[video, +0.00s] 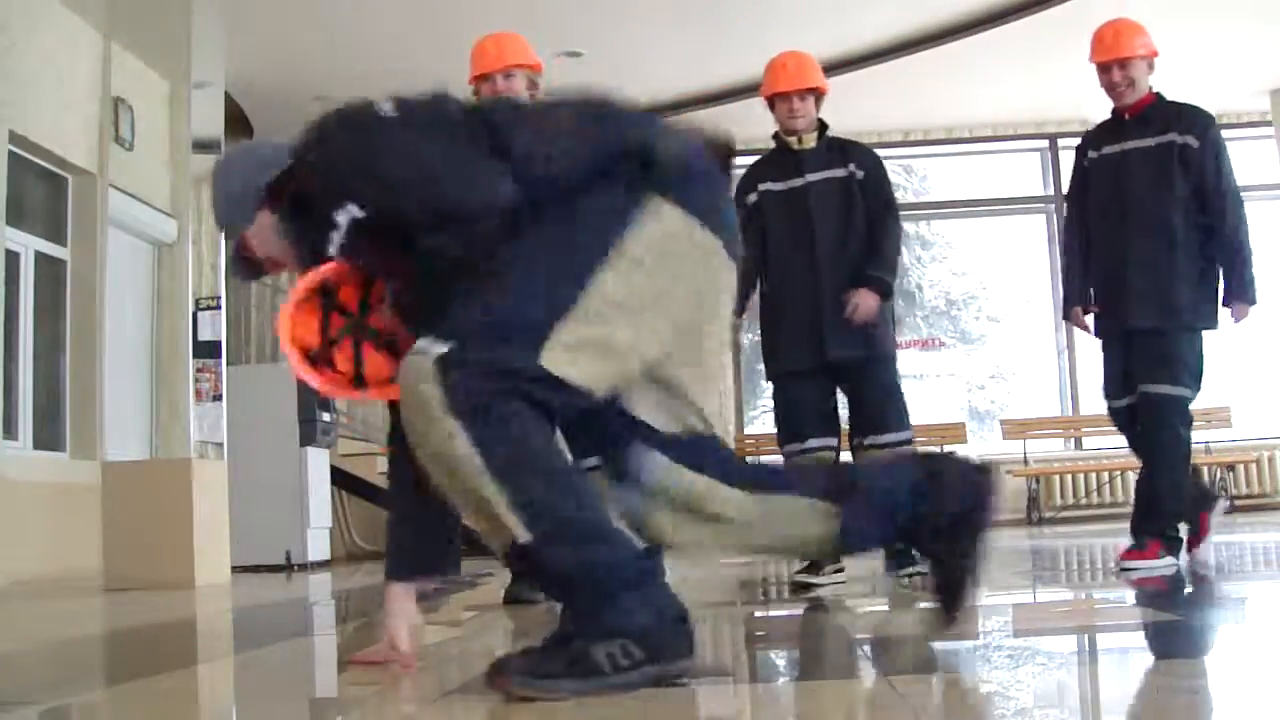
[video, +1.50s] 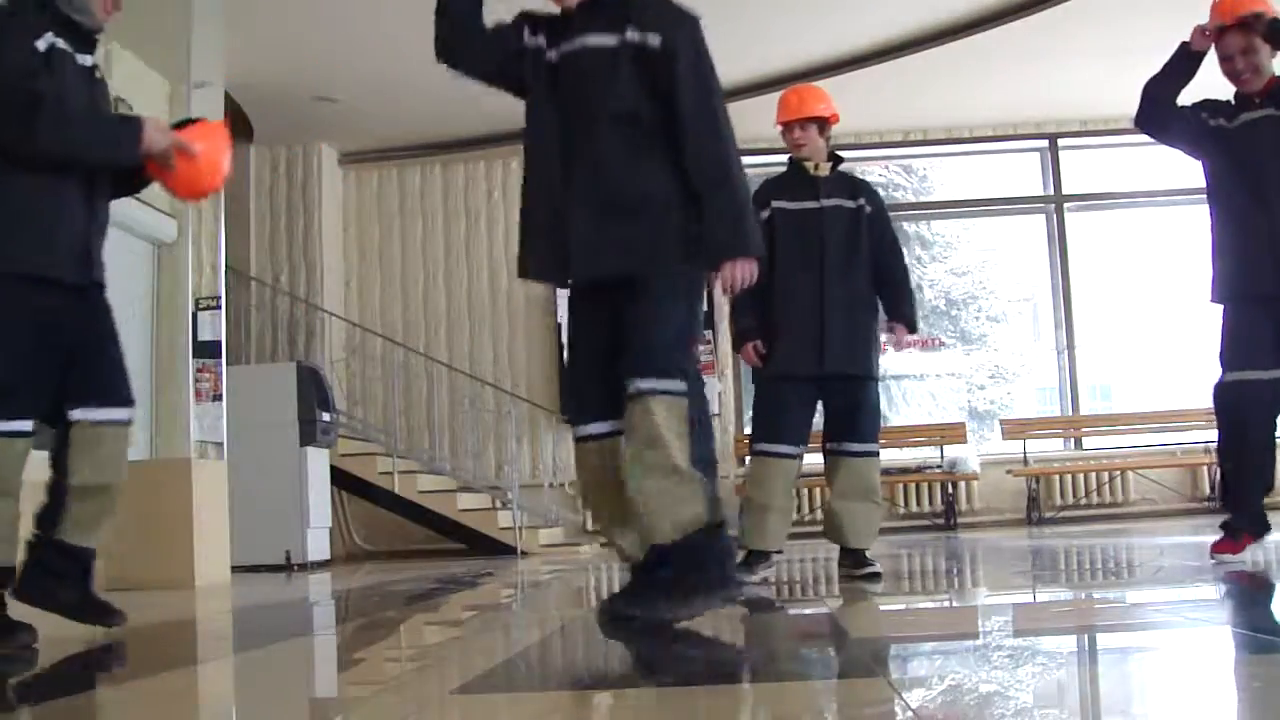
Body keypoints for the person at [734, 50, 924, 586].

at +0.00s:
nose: (796, 108)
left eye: (805, 97)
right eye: (784, 100)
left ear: (820, 100)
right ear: (770, 107)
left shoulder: (859, 160)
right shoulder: (754, 179)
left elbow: (887, 228)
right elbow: (744, 256)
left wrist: (875, 286)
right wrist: (727, 311)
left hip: (860, 333)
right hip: (792, 341)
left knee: (887, 449)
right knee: (807, 458)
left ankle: (904, 550)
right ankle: (819, 557)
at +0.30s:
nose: (799, 116)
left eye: (808, 105)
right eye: (789, 108)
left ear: (826, 109)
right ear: (777, 116)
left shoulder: (863, 172)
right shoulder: (763, 188)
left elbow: (890, 245)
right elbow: (752, 269)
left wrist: (887, 302)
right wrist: (743, 339)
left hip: (858, 333)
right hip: (791, 340)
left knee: (863, 447)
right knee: (805, 448)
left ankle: (860, 546)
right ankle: (822, 552)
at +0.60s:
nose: (824, 128)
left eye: (833, 117)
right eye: (813, 120)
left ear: (847, 123)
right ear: (800, 128)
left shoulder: (876, 191)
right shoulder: (780, 193)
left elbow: (901, 261)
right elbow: (760, 268)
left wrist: (911, 321)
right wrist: (752, 331)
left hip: (865, 343)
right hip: (802, 346)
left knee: (867, 448)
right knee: (813, 448)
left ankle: (860, 547)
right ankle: (822, 549)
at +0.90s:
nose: (825, 128)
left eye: (834, 118)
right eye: (816, 120)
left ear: (851, 124)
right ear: (805, 128)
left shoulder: (875, 192)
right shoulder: (787, 190)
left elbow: (896, 265)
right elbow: (769, 263)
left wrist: (904, 327)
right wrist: (769, 321)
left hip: (867, 341)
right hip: (807, 341)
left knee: (866, 449)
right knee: (814, 448)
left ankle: (856, 549)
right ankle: (816, 549)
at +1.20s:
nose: (817, 130)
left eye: (826, 121)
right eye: (808, 123)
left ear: (845, 126)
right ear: (799, 131)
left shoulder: (872, 194)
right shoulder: (782, 194)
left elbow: (898, 263)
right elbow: (768, 266)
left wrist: (914, 321)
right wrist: (769, 324)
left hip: (862, 346)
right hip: (801, 347)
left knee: (862, 451)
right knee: (804, 451)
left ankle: (857, 550)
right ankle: (807, 552)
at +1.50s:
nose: (797, 136)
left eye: (806, 126)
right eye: (790, 128)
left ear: (827, 129)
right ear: (782, 134)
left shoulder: (861, 194)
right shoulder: (766, 196)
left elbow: (888, 258)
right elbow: (745, 268)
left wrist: (900, 314)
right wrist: (745, 329)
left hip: (851, 346)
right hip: (785, 348)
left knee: (856, 453)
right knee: (773, 453)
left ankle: (857, 549)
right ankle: (760, 549)